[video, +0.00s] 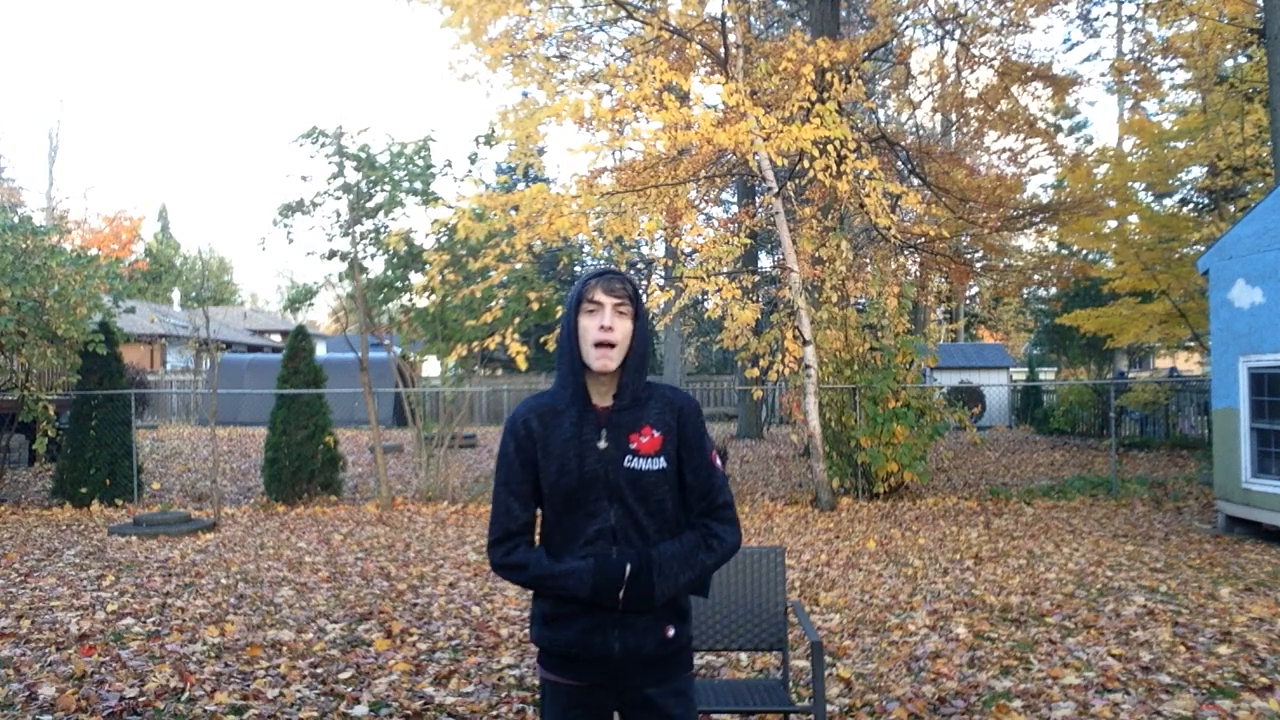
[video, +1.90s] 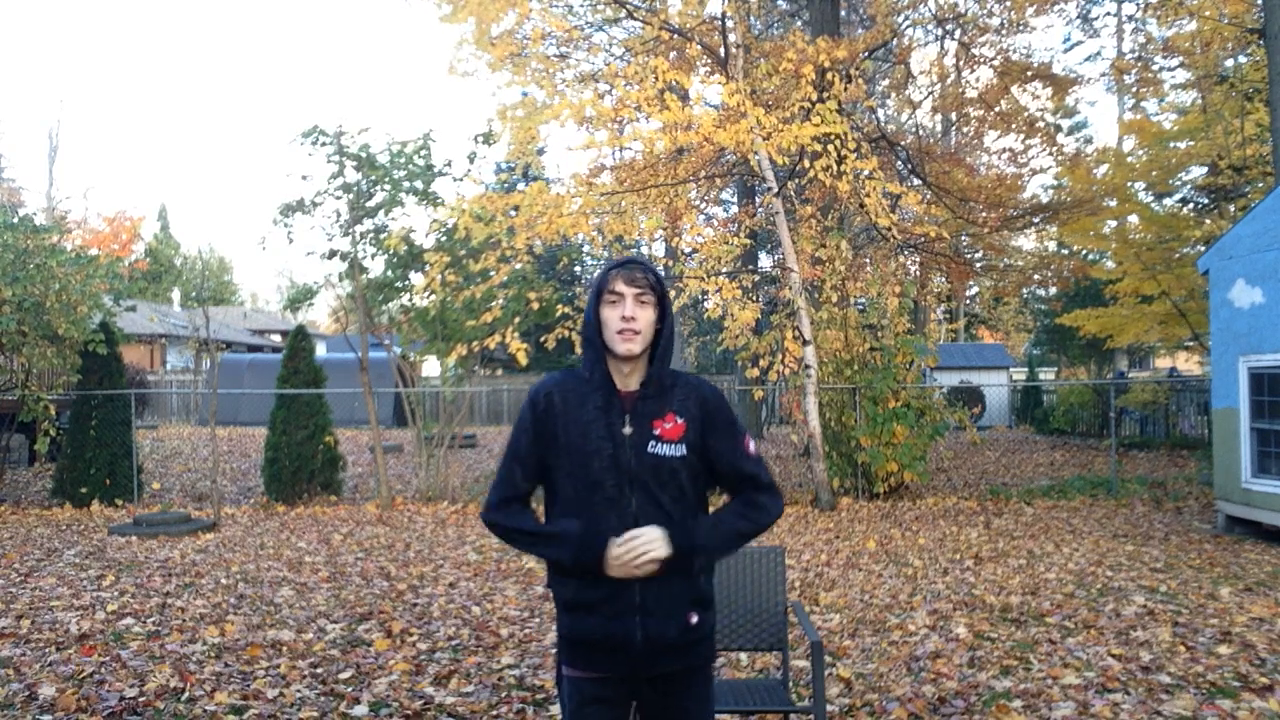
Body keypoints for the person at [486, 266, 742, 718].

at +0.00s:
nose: (606, 325)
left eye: (621, 312)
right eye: (592, 310)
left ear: (637, 329)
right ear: (571, 326)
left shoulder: (676, 412)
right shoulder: (533, 421)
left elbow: (722, 528)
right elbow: (506, 549)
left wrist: (648, 573)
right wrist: (593, 577)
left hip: (661, 659)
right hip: (569, 661)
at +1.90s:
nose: (627, 313)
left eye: (642, 301)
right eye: (614, 300)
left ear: (660, 317)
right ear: (595, 314)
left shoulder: (697, 400)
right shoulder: (553, 401)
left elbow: (762, 498)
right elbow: (501, 509)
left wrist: (680, 538)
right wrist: (593, 553)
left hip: (681, 645)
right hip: (590, 649)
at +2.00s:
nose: (620, 313)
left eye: (634, 300)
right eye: (606, 300)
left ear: (652, 317)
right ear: (586, 315)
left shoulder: (690, 391)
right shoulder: (547, 392)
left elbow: (783, 468)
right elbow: (481, 486)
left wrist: (756, 555)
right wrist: (521, 572)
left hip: (673, 638)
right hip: (582, 641)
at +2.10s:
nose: (617, 322)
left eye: (631, 310)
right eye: (603, 309)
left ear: (649, 325)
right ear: (582, 321)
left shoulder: (684, 402)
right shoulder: (537, 408)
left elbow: (761, 503)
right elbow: (483, 521)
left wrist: (851, 595)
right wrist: (437, 637)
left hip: (665, 650)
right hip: (573, 653)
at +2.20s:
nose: (612, 321)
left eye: (626, 309)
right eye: (598, 308)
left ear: (645, 323)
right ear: (577, 321)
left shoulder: (678, 402)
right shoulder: (540, 408)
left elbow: (725, 526)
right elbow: (511, 544)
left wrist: (824, 580)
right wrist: (437, 635)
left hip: (659, 648)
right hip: (566, 652)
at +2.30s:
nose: (609, 316)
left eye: (623, 305)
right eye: (595, 304)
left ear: (642, 319)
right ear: (576, 319)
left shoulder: (678, 402)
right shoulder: (539, 408)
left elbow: (696, 530)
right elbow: (532, 541)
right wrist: (477, 628)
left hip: (658, 645)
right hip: (570, 647)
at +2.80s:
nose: (627, 314)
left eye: (639, 299)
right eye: (613, 308)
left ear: (668, 307)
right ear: (604, 328)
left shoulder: (719, 405)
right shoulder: (577, 407)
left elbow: (720, 527)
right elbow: (562, 536)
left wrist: (761, 577)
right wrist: (532, 609)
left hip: (688, 647)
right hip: (597, 649)